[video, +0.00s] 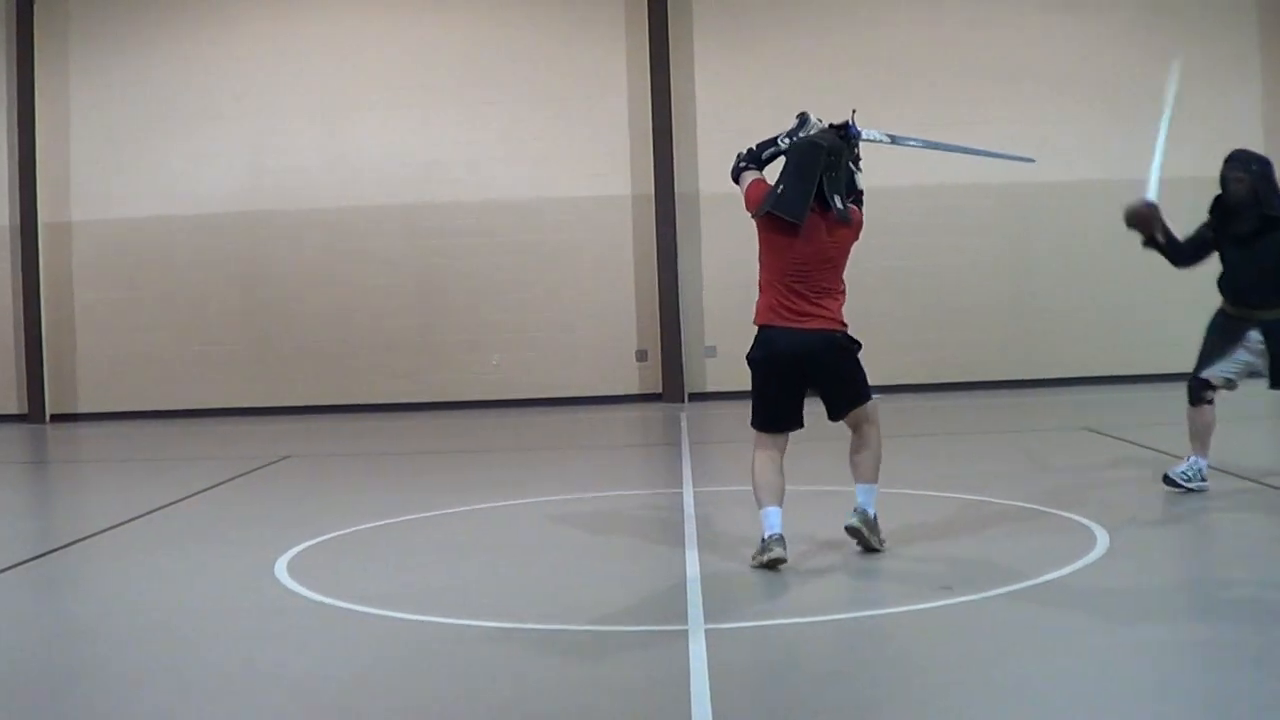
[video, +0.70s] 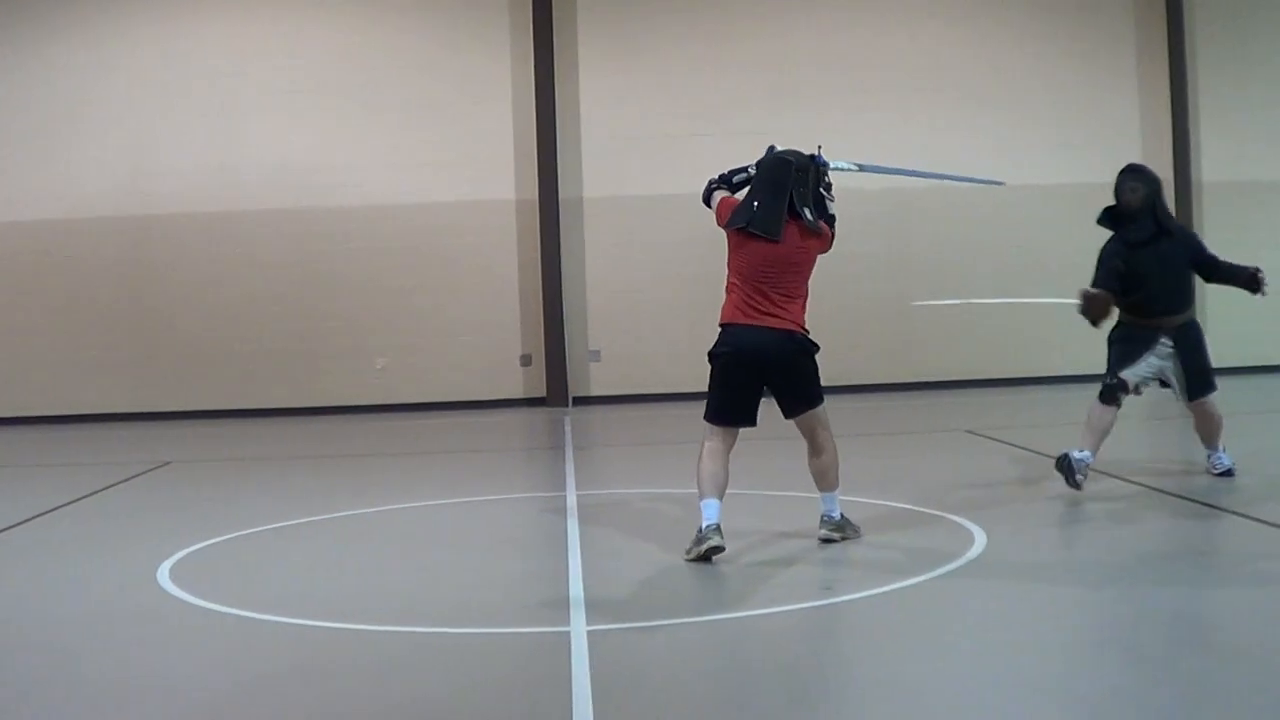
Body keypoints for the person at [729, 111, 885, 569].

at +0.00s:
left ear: (794, 174)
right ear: (838, 180)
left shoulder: (768, 207)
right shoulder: (847, 222)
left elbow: (745, 167)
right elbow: (850, 192)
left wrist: (787, 142)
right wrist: (845, 156)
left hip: (774, 342)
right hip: (829, 342)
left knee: (769, 445)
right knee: (864, 425)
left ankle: (772, 536)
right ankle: (865, 510)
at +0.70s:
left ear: (760, 187)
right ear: (803, 193)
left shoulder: (737, 218)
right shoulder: (813, 235)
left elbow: (714, 192)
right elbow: (825, 220)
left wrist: (750, 176)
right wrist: (817, 185)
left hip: (735, 343)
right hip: (789, 346)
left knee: (717, 439)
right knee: (818, 436)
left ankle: (709, 527)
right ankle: (832, 517)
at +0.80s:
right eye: (802, 189)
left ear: (756, 191)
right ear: (799, 195)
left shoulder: (733, 223)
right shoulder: (809, 240)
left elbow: (719, 199)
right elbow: (817, 266)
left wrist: (753, 194)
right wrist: (820, 219)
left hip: (731, 347)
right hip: (785, 350)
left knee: (708, 441)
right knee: (815, 435)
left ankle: (707, 520)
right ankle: (828, 516)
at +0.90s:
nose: (802, 199)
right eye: (800, 193)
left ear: (749, 194)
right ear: (795, 199)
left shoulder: (728, 232)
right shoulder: (804, 250)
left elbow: (714, 230)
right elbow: (803, 300)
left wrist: (750, 207)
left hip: (726, 353)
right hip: (779, 356)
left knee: (701, 442)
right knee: (812, 434)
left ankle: (689, 512)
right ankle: (828, 518)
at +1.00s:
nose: (790, 207)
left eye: (786, 201)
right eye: (787, 202)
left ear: (736, 203)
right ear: (782, 208)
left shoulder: (715, 247)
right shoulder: (795, 261)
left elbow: (690, 283)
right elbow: (789, 320)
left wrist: (730, 290)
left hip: (717, 364)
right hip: (771, 366)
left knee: (694, 451)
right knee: (809, 434)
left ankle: (661, 511)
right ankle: (828, 516)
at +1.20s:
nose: (727, 204)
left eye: (725, 197)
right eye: (723, 197)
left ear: (674, 200)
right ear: (715, 202)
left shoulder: (651, 247)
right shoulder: (729, 253)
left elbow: (632, 314)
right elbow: (734, 323)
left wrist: (665, 327)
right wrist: (741, 356)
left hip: (654, 370)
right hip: (706, 369)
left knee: (659, 461)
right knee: (757, 446)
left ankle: (638, 534)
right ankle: (801, 517)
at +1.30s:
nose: (698, 200)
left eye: (695, 192)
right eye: (694, 193)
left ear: (645, 193)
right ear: (685, 195)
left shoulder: (623, 238)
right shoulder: (697, 243)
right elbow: (703, 314)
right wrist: (721, 346)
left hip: (618, 361)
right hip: (669, 358)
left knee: (637, 452)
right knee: (722, 431)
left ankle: (625, 537)